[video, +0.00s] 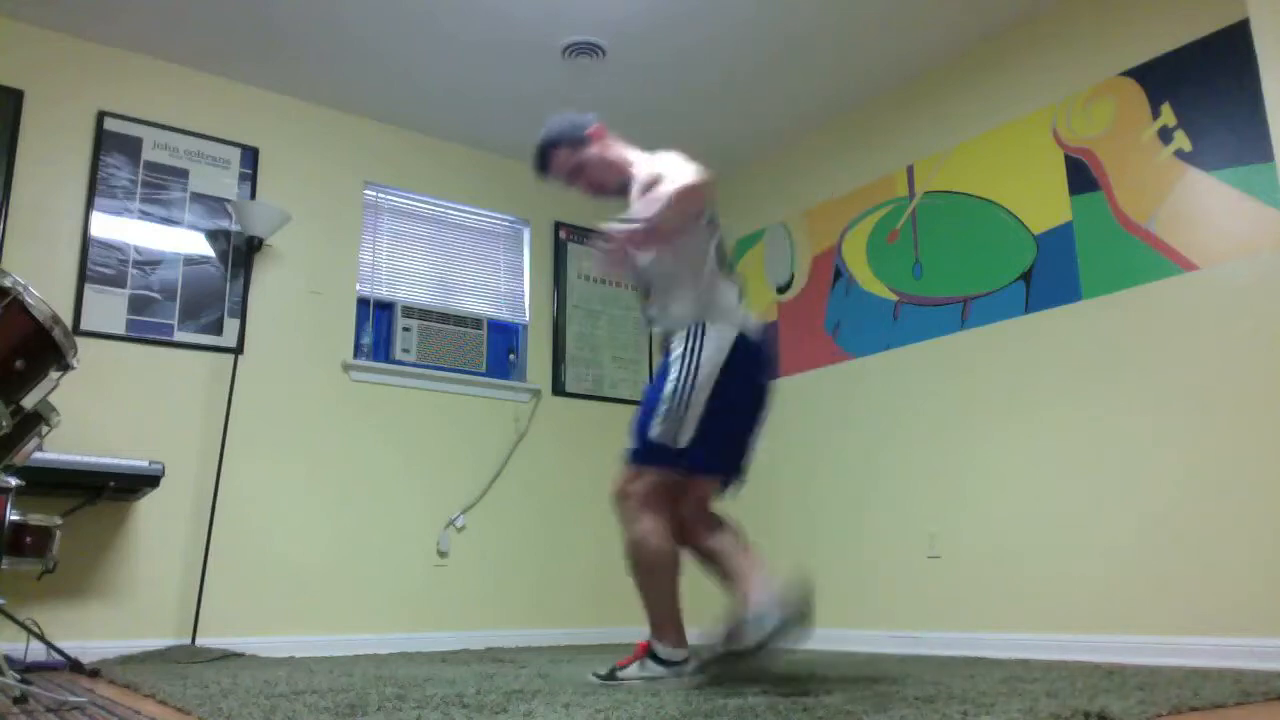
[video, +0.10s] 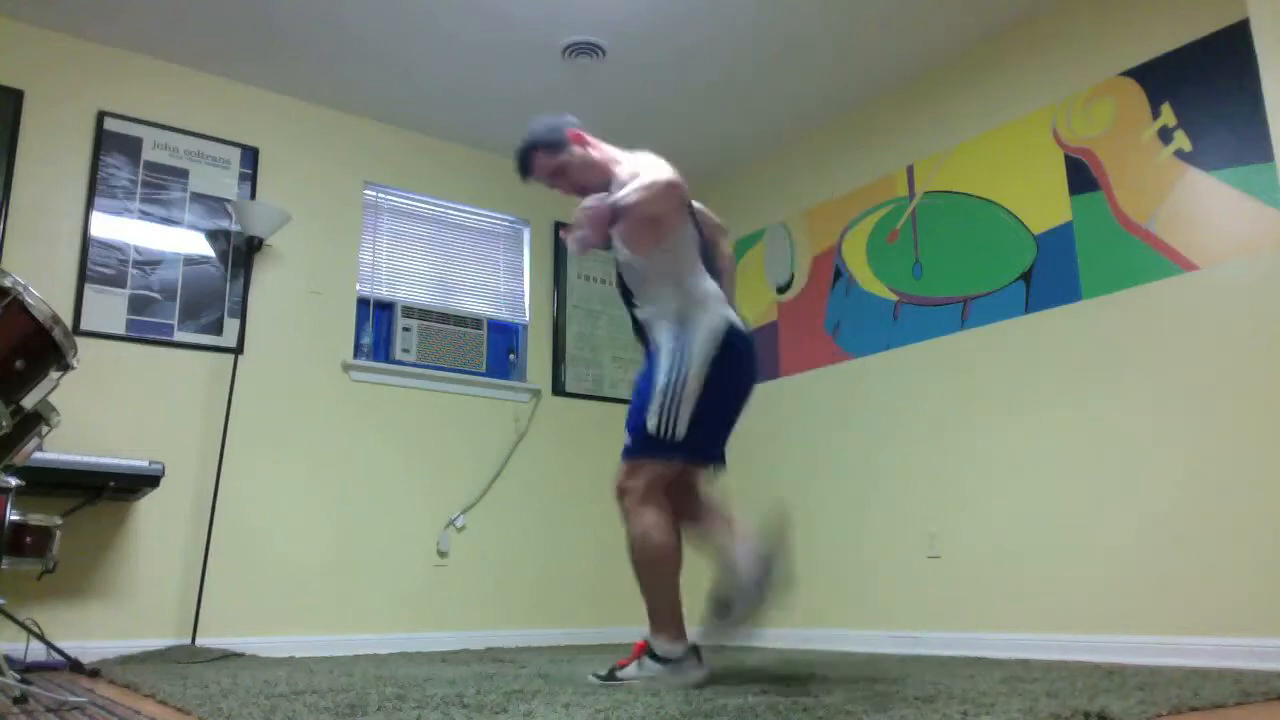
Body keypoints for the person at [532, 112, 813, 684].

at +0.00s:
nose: (582, 185)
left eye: (576, 170)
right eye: (572, 182)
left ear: (596, 137)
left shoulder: (656, 164)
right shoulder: (643, 198)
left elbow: (693, 185)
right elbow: (677, 268)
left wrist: (640, 231)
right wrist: (628, 266)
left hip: (709, 340)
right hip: (729, 344)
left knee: (640, 494)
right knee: (686, 507)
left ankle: (668, 650)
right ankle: (763, 603)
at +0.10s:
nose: (563, 188)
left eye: (559, 175)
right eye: (554, 184)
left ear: (578, 141)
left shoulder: (632, 167)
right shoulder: (631, 185)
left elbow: (667, 186)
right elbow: (715, 233)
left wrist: (609, 211)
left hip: (695, 343)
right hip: (700, 340)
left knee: (639, 490)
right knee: (675, 488)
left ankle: (670, 649)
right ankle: (745, 558)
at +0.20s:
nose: (560, 174)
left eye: (554, 160)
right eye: (550, 171)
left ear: (572, 125)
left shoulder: (625, 147)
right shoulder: (613, 182)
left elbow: (669, 159)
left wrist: (661, 195)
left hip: (677, 310)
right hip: (716, 317)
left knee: (621, 469)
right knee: (695, 481)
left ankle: (661, 618)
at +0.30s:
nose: (562, 173)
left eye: (557, 157)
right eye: (549, 172)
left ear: (574, 126)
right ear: (548, 175)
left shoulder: (621, 154)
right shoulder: (611, 191)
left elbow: (674, 159)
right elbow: (662, 247)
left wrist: (671, 193)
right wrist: (623, 273)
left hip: (665, 320)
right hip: (719, 318)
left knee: (632, 483)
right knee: (698, 487)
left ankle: (671, 633)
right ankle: (711, 376)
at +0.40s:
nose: (558, 196)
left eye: (552, 180)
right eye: (546, 197)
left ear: (568, 149)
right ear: (546, 202)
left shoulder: (621, 174)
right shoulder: (607, 223)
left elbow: (653, 181)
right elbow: (620, 318)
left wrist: (629, 214)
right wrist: (612, 278)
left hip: (682, 338)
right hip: (726, 346)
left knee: (654, 504)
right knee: (699, 503)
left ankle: (679, 648)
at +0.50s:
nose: (547, 210)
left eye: (540, 196)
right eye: (535, 213)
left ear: (549, 164)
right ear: (531, 215)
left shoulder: (601, 183)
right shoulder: (608, 212)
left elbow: (639, 191)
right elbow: (705, 258)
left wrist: (593, 227)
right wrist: (723, 289)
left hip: (685, 335)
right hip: (723, 332)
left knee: (670, 498)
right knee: (740, 489)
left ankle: (680, 648)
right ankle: (840, 525)